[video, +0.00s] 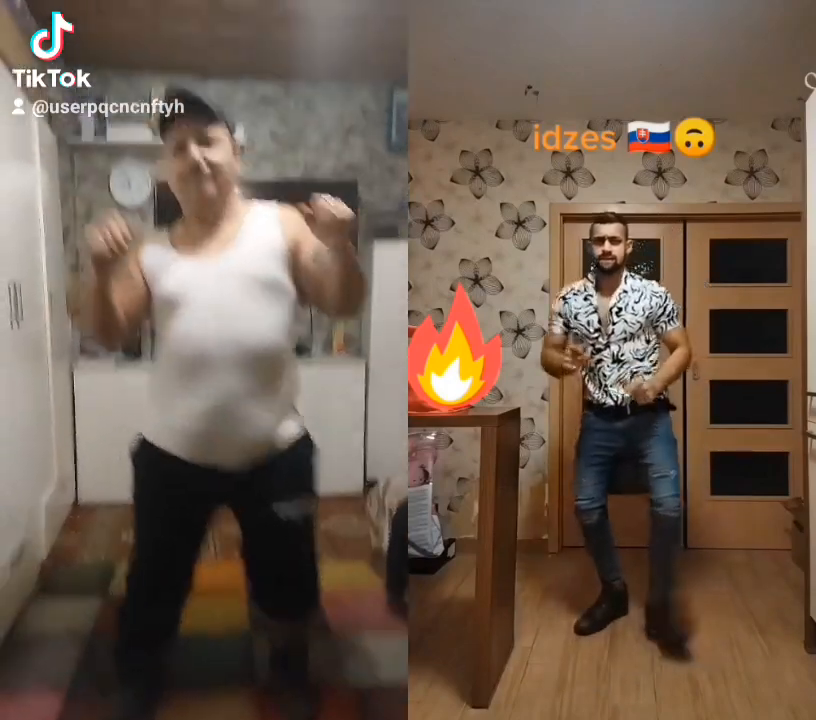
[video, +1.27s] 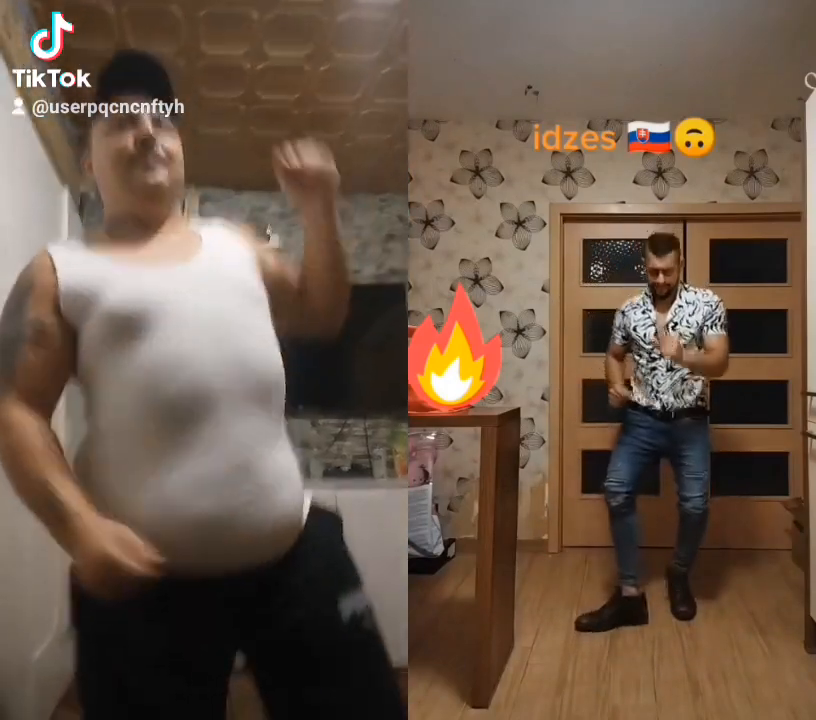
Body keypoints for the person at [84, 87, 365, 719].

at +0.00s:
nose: (198, 158)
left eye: (208, 141)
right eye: (181, 149)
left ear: (236, 149)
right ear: (166, 171)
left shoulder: (282, 224)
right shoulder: (153, 251)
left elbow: (343, 302)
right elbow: (107, 332)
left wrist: (341, 246)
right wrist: (99, 270)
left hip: (273, 452)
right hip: (173, 455)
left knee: (290, 600)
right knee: (152, 601)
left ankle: (293, 700)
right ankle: (135, 702)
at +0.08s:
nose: (210, 181)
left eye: (221, 164)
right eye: (194, 172)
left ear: (246, 176)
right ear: (176, 193)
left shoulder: (293, 248)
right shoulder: (158, 276)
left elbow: (350, 326)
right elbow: (123, 368)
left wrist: (353, 267)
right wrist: (120, 322)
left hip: (288, 480)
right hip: (186, 483)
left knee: (299, 627)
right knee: (152, 633)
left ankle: (292, 703)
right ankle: (136, 705)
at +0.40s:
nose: (258, 244)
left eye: (272, 232)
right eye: (242, 230)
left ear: (286, 248)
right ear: (212, 247)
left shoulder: (316, 330)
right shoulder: (170, 325)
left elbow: (370, 414)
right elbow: (102, 399)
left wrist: (359, 327)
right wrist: (92, 355)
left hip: (286, 575)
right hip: (169, 574)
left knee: (308, 712)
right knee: (140, 712)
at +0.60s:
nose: (237, 273)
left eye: (253, 266)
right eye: (221, 262)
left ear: (269, 293)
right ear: (194, 283)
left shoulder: (292, 376)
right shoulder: (140, 356)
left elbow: (329, 494)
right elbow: (51, 429)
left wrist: (307, 400)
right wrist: (55, 347)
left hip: (250, 650)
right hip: (118, 648)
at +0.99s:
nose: (172, 180)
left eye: (184, 172)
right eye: (148, 168)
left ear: (201, 204)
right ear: (108, 202)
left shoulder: (245, 296)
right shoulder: (71, 292)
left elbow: (289, 395)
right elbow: (22, 413)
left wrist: (333, 357)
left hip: (264, 609)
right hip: (119, 620)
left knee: (304, 706)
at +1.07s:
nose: (164, 173)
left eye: (178, 164)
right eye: (139, 161)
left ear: (198, 196)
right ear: (102, 196)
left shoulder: (241, 288)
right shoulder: (72, 291)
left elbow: (298, 380)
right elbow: (42, 421)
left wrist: (343, 313)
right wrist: (164, 475)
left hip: (289, 608)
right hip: (142, 625)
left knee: (330, 711)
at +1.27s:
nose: (145, 133)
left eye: (162, 119)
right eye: (121, 122)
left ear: (183, 149)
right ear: (88, 161)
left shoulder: (239, 247)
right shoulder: (63, 272)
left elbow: (323, 316)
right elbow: (19, 411)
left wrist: (319, 212)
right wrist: (82, 529)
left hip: (292, 570)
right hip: (144, 590)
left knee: (365, 712)